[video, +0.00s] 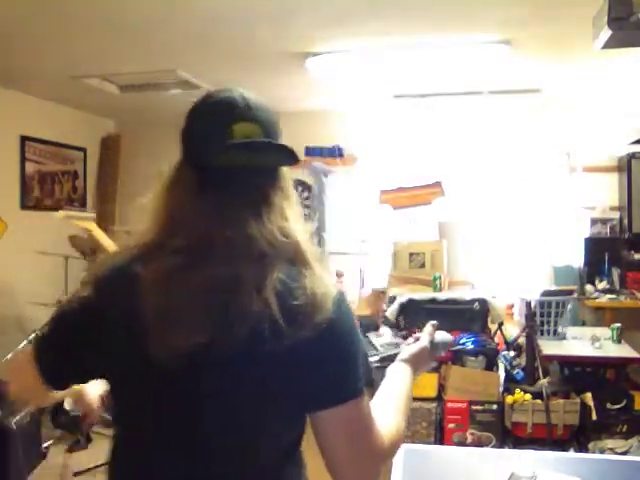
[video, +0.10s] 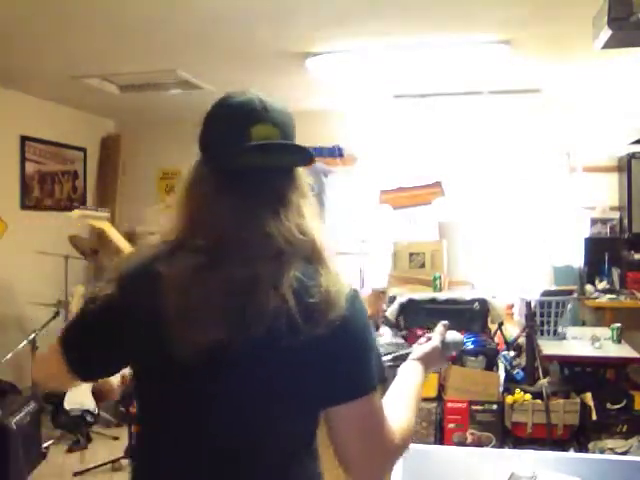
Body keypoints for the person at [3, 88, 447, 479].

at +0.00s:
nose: (285, 191)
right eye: (282, 180)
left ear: (184, 179)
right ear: (276, 184)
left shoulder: (126, 287)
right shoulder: (308, 301)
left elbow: (18, 385)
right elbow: (361, 466)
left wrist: (83, 394)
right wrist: (407, 369)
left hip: (142, 473)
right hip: (265, 473)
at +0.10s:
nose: (307, 187)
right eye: (301, 175)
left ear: (204, 179)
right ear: (294, 182)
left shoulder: (152, 284)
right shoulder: (324, 300)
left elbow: (48, 373)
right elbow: (371, 463)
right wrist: (418, 369)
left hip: (164, 472)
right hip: (282, 474)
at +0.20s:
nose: (318, 187)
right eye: (313, 174)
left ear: (216, 181)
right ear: (304, 184)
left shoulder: (165, 279)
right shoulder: (332, 296)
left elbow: (67, 360)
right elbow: (381, 458)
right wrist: (426, 363)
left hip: (173, 473)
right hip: (292, 473)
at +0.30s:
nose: (320, 182)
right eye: (313, 171)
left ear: (220, 177)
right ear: (306, 180)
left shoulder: (167, 273)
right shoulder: (331, 294)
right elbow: (380, 450)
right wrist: (422, 355)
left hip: (174, 469)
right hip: (289, 471)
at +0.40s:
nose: (314, 186)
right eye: (306, 176)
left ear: (211, 181)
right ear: (297, 185)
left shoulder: (158, 269)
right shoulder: (317, 296)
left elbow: (91, 309)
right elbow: (369, 451)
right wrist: (410, 349)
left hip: (165, 471)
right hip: (279, 472)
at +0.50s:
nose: (284, 197)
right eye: (281, 187)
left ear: (195, 187)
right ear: (277, 194)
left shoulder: (141, 275)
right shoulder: (290, 305)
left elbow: (103, 292)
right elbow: (342, 455)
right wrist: (392, 351)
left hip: (147, 470)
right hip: (252, 472)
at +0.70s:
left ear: (131, 202)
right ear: (205, 212)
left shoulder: (90, 283)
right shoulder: (196, 329)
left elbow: (210, 260)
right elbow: (253, 461)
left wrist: (288, 288)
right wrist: (322, 375)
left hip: (86, 467)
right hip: (173, 469)